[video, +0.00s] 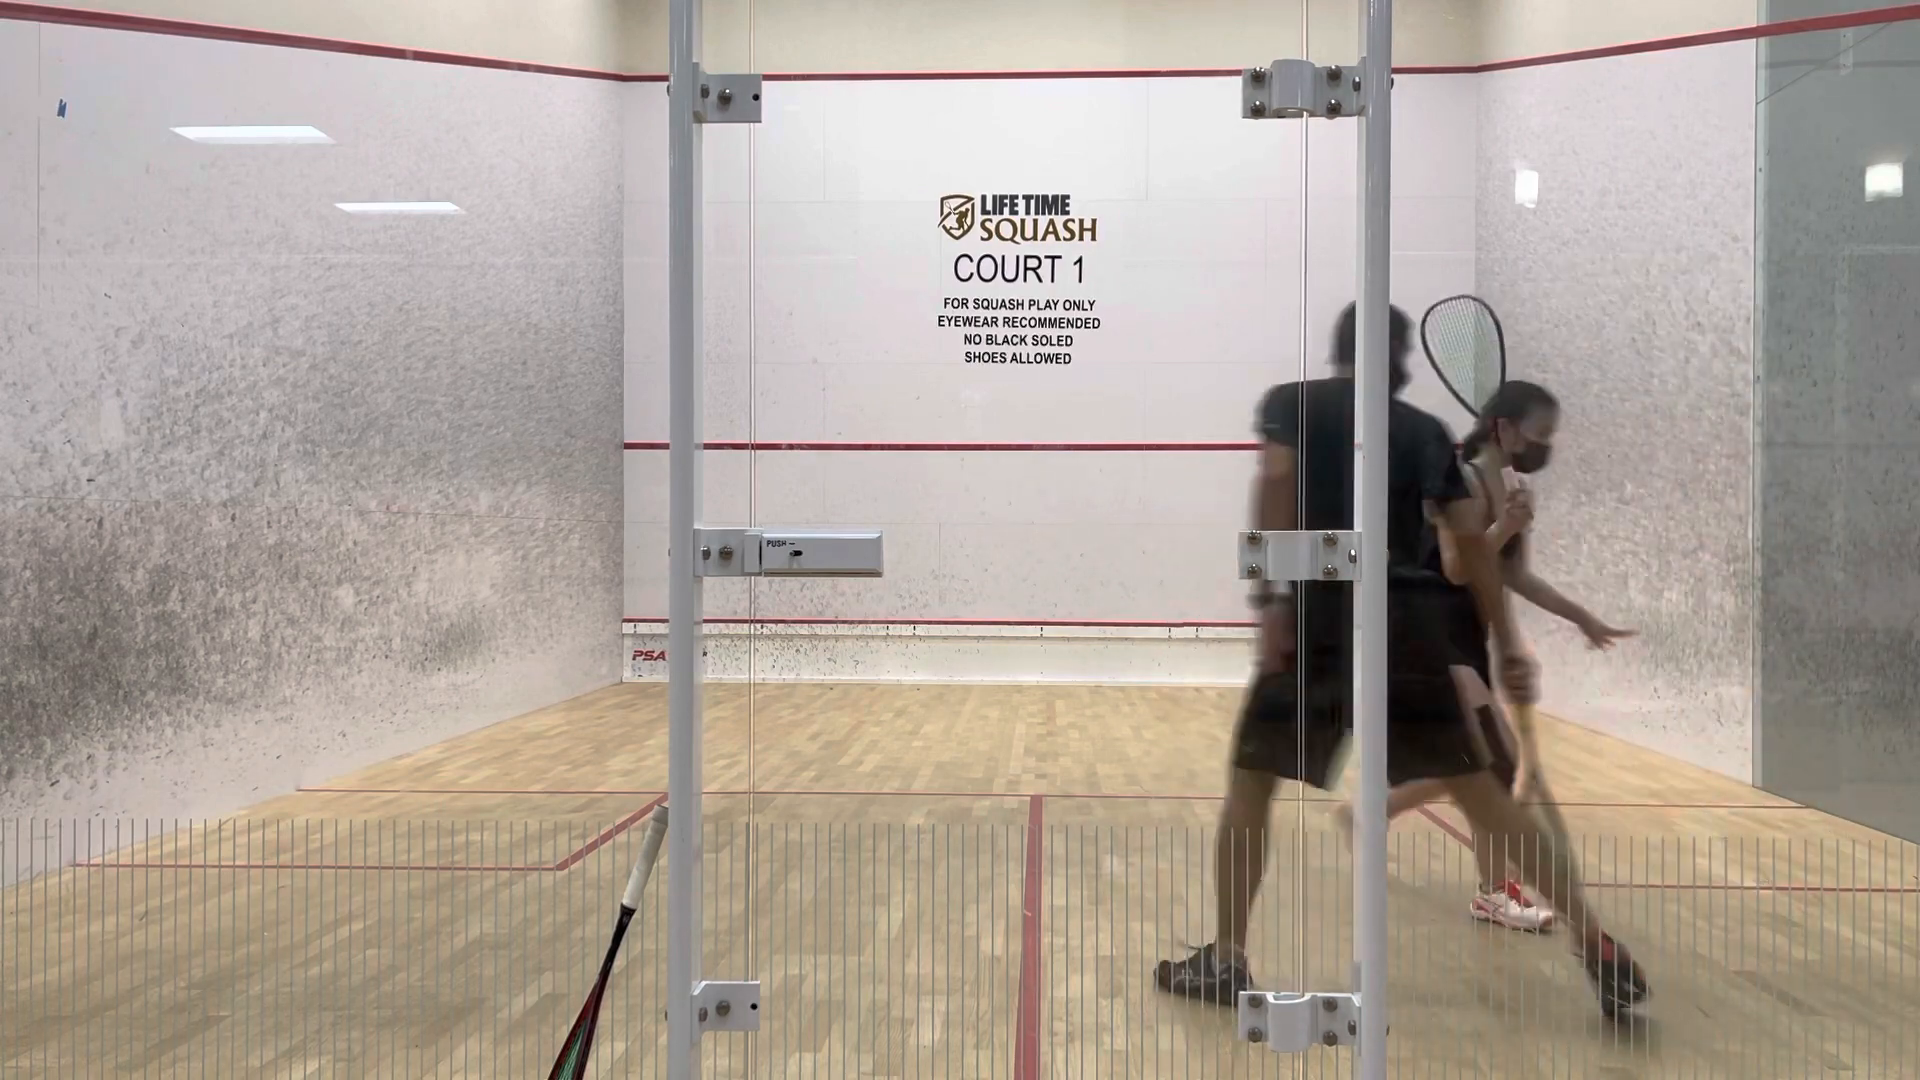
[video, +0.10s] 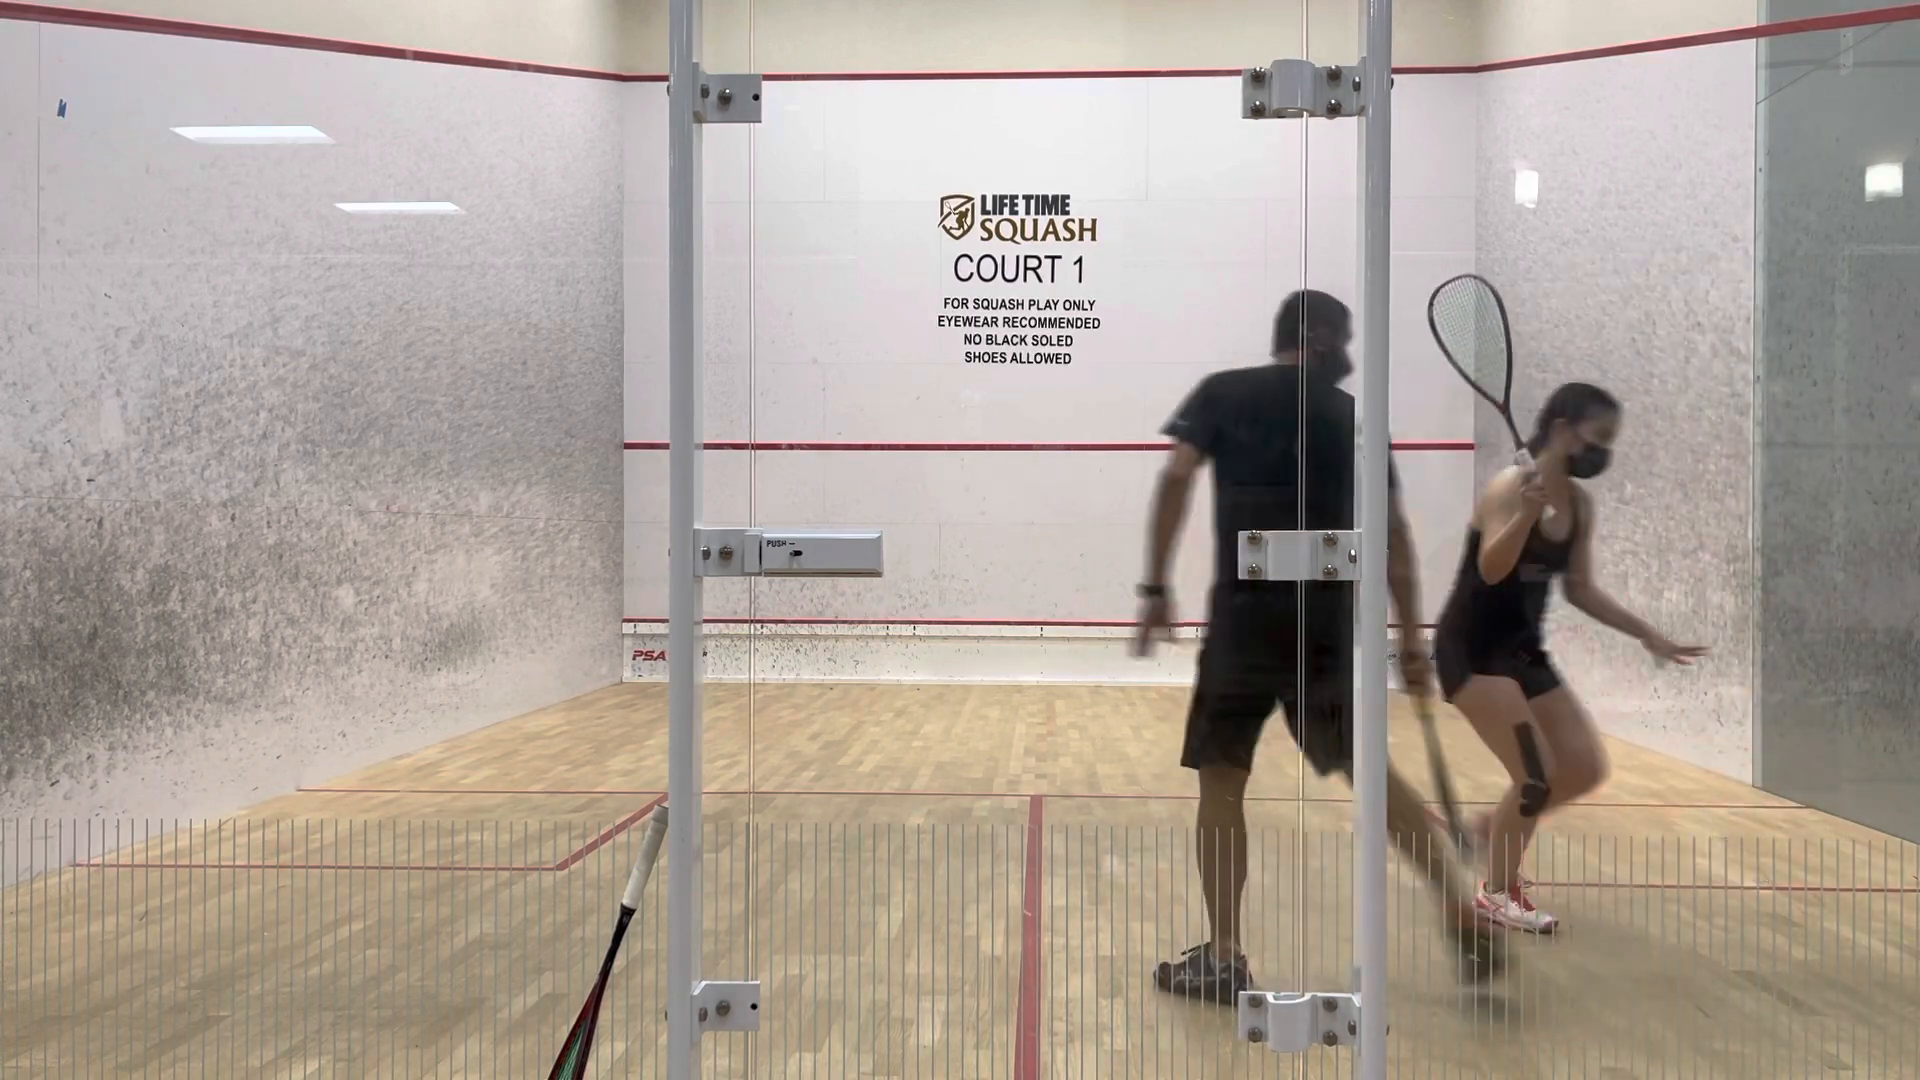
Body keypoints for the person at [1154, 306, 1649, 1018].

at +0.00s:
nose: (1394, 361)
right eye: (1399, 348)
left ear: (1334, 346)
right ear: (1402, 357)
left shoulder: (1291, 400)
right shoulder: (1426, 431)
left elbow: (1277, 482)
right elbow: (1471, 541)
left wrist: (1270, 599)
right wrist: (1510, 642)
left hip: (1309, 629)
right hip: (1411, 636)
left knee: (1250, 787)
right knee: (1487, 796)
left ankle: (1226, 953)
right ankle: (1598, 946)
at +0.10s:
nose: (1350, 356)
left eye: (1349, 344)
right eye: (1345, 345)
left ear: (1280, 340)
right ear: (1326, 344)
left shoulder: (1226, 391)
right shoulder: (1358, 419)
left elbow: (1175, 480)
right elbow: (1396, 533)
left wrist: (1156, 587)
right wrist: (1411, 639)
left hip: (1243, 625)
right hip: (1336, 625)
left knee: (1220, 784)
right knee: (1370, 770)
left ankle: (1224, 954)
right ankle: (1464, 905)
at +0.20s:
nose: (1296, 349)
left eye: (1295, 337)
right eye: (1294, 337)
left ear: (1229, 324)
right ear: (1274, 330)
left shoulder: (1166, 383)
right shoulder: (1299, 405)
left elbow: (1096, 466)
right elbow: (1322, 511)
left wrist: (1068, 552)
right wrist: (1334, 620)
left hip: (1193, 614)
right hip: (1279, 615)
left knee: (1206, 778)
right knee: (1275, 756)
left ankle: (1221, 950)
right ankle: (1306, 925)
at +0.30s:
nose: (1243, 357)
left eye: (1242, 344)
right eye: (1239, 345)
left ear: (1179, 335)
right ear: (1212, 338)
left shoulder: (1117, 394)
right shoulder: (1243, 412)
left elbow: (1033, 461)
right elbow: (1262, 509)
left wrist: (1005, 528)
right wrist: (1271, 618)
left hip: (1147, 615)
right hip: (1223, 617)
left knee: (1184, 777)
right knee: (1185, 769)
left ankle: (1220, 949)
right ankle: (1157, 915)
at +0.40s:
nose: (1195, 373)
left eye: (1195, 361)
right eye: (1191, 361)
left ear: (1133, 349)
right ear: (1162, 353)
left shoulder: (1069, 405)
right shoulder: (1191, 424)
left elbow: (984, 474)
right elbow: (1215, 516)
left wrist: (956, 526)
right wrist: (1219, 622)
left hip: (1089, 621)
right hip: (1166, 623)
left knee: (1126, 776)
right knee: (1124, 772)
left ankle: (1203, 931)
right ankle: (1080, 911)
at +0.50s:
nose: (1153, 375)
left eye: (1152, 364)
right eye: (1148, 363)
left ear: (1087, 356)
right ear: (1119, 361)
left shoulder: (1024, 406)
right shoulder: (1142, 430)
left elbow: (944, 477)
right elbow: (1176, 520)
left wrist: (910, 552)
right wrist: (1171, 624)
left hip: (1042, 620)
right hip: (1116, 623)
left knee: (1027, 762)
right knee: (1088, 761)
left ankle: (1114, 880)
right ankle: (1076, 910)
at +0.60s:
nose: (1101, 370)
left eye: (1099, 358)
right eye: (1098, 358)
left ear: (1034, 350)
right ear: (1081, 356)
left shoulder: (975, 398)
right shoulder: (1093, 418)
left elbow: (918, 470)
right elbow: (1136, 518)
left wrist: (886, 565)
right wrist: (1124, 611)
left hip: (990, 612)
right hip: (1071, 615)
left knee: (949, 738)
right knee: (1066, 751)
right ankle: (1072, 910)